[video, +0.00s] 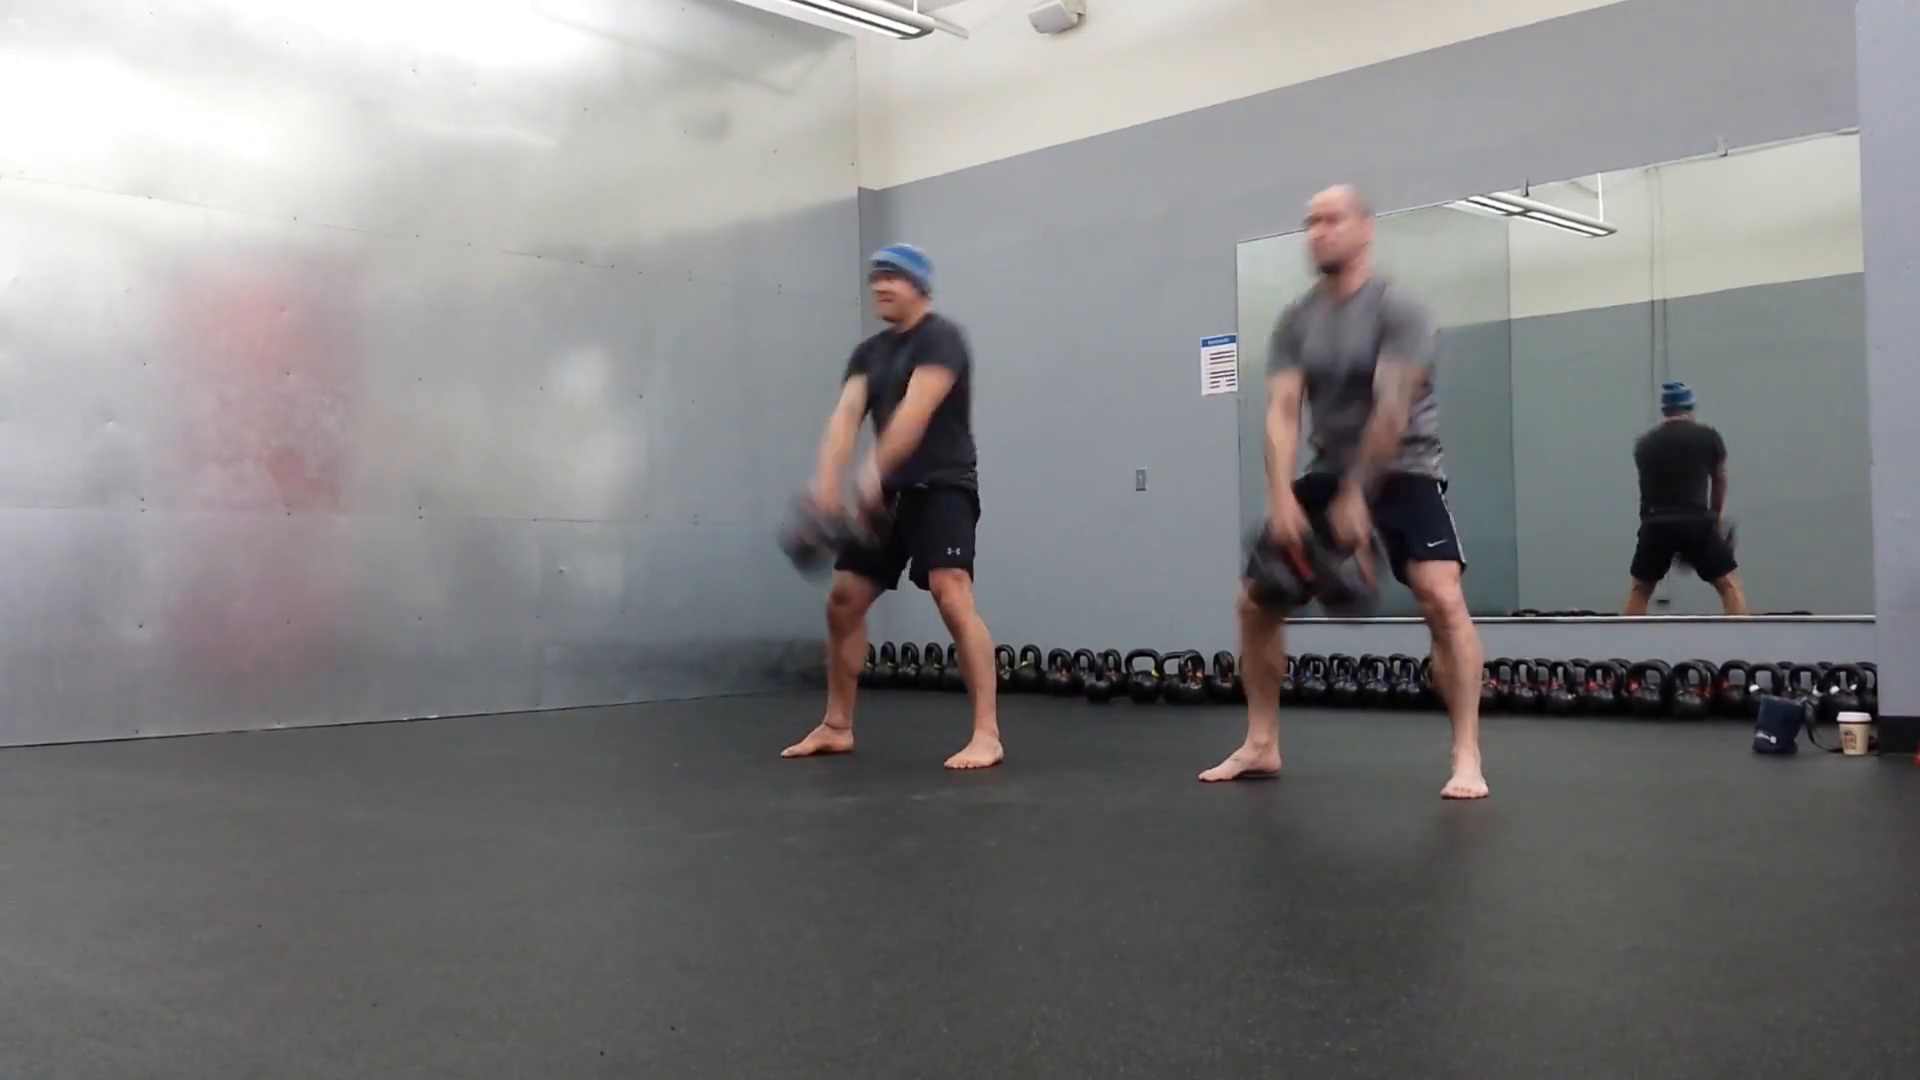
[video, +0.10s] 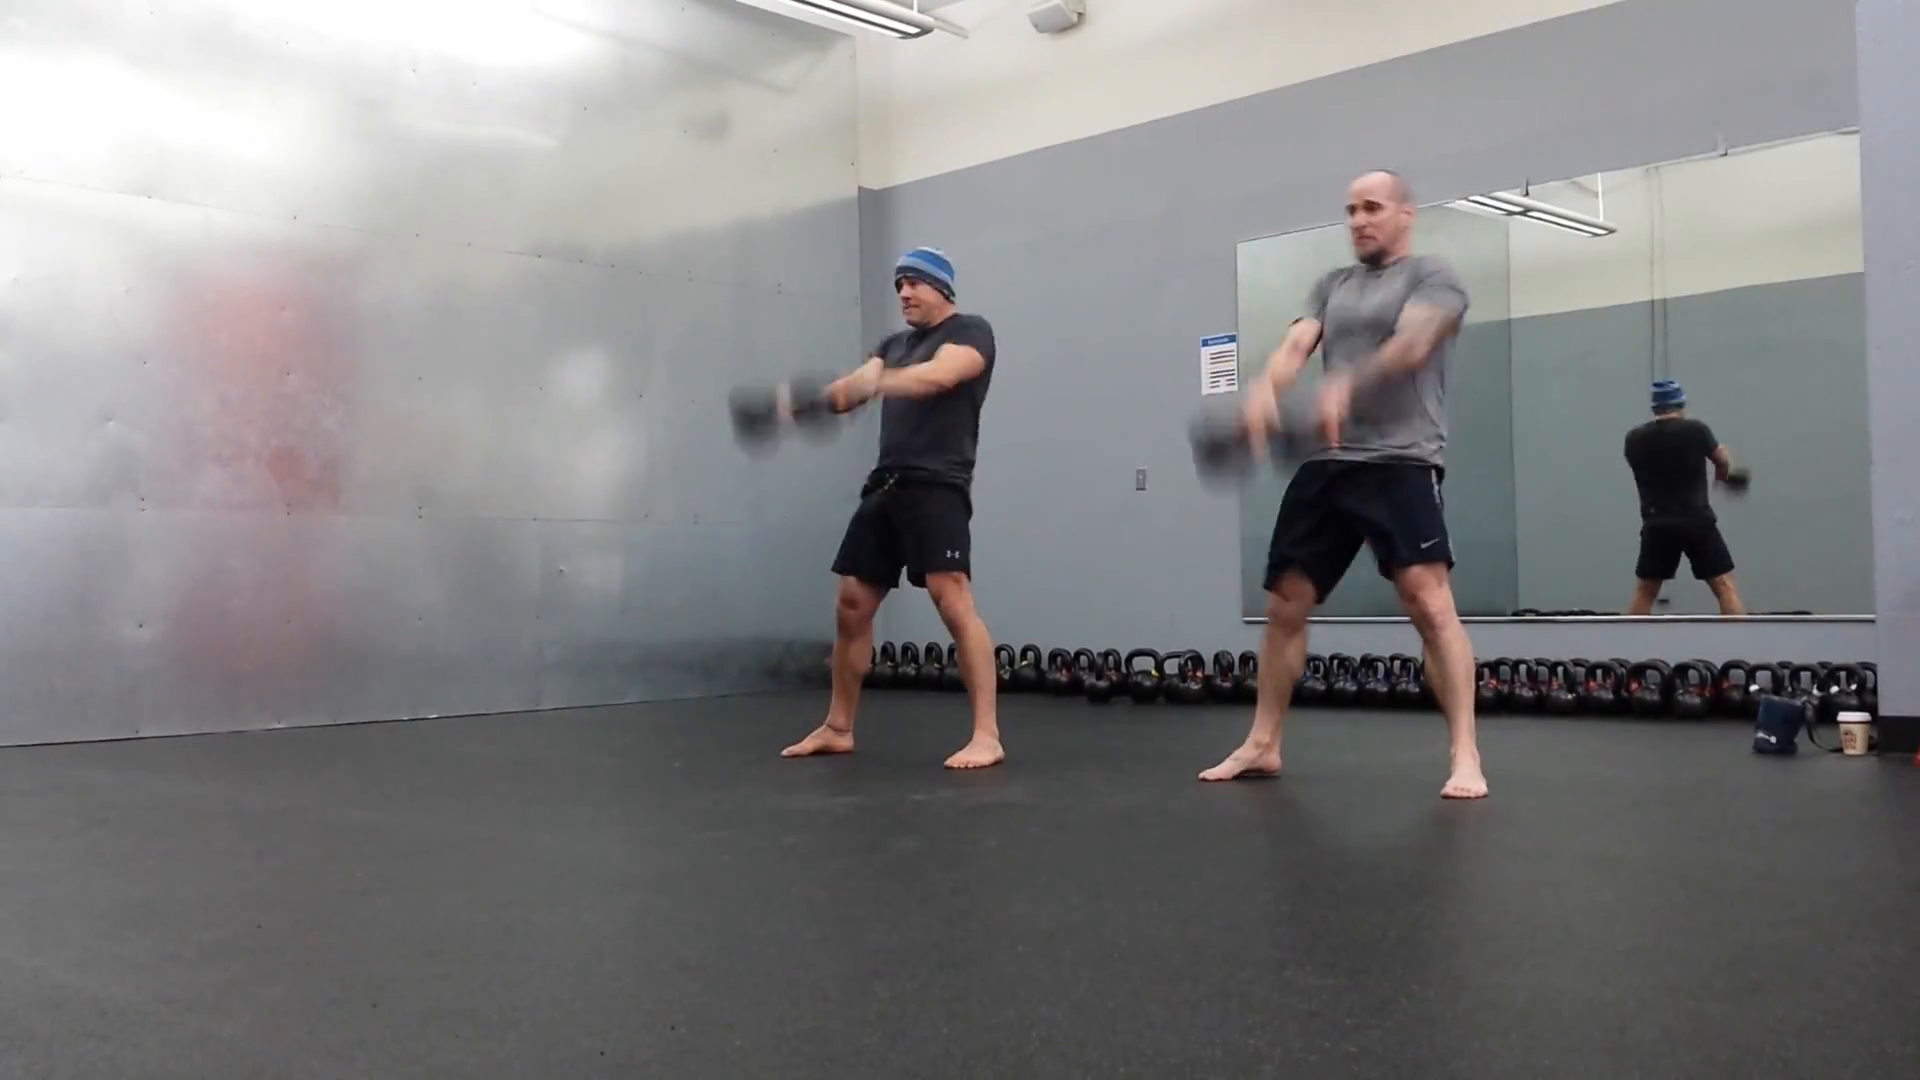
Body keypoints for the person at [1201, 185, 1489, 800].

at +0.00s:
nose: (1317, 233)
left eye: (1331, 220)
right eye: (1312, 223)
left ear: (1366, 228)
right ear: (1307, 235)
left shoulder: (1401, 310)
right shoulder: (1298, 318)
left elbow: (1390, 414)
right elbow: (1282, 411)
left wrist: (1355, 490)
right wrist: (1280, 496)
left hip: (1403, 472)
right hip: (1331, 473)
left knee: (1441, 597)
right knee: (1257, 602)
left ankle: (1467, 756)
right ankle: (1261, 742)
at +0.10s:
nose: (1359, 220)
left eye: (1372, 208)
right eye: (1352, 211)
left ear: (1407, 215)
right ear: (1345, 222)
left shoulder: (1435, 279)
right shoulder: (1334, 286)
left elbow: (1410, 347)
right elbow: (1295, 348)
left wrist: (1345, 385)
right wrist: (1263, 391)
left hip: (1403, 466)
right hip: (1328, 468)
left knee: (1429, 601)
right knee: (1286, 602)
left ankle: (1465, 754)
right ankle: (1263, 742)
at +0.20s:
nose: (1364, 222)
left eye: (1377, 210)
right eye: (1358, 213)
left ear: (1413, 218)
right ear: (1353, 225)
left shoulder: (1439, 274)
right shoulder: (1343, 288)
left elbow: (1431, 324)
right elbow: (1277, 349)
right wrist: (1253, 309)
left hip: (1394, 467)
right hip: (1318, 466)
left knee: (1423, 604)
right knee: (1288, 609)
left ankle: (1464, 755)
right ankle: (1265, 745)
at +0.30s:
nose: (1339, 226)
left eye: (1350, 213)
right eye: (1331, 215)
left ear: (1381, 216)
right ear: (1324, 220)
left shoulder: (1415, 269)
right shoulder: (1317, 283)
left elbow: (1428, 281)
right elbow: (1235, 308)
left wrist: (1382, 215)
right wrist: (1241, 241)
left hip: (1384, 469)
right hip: (1306, 470)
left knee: (1417, 609)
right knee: (1288, 616)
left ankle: (1463, 757)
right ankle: (1265, 746)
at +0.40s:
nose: (1316, 210)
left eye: (1331, 198)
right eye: (1311, 201)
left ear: (1369, 206)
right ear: (1305, 212)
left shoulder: (1397, 267)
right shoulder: (1295, 273)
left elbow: (1397, 196)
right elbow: (1218, 240)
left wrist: (1343, 117)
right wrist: (1230, 159)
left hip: (1376, 467)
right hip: (1299, 472)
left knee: (1416, 609)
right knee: (1288, 618)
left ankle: (1462, 760)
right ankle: (1265, 746)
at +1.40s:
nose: (1344, 207)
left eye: (1357, 197)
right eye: (1338, 198)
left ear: (1386, 211)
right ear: (1333, 214)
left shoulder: (1413, 283)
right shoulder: (1311, 291)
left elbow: (1391, 299)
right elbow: (1242, 319)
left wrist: (1384, 222)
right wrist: (1263, 239)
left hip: (1377, 473)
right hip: (1299, 473)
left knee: (1419, 614)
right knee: (1288, 618)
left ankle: (1462, 758)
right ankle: (1265, 747)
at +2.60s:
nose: (1342, 214)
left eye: (1356, 202)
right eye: (1336, 204)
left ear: (1390, 207)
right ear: (1330, 215)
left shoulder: (1420, 280)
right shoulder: (1316, 294)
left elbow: (1400, 354)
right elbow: (1280, 378)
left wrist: (1343, 327)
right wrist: (1259, 341)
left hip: (1399, 470)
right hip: (1323, 473)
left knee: (1429, 605)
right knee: (1284, 610)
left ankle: (1465, 757)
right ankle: (1264, 746)